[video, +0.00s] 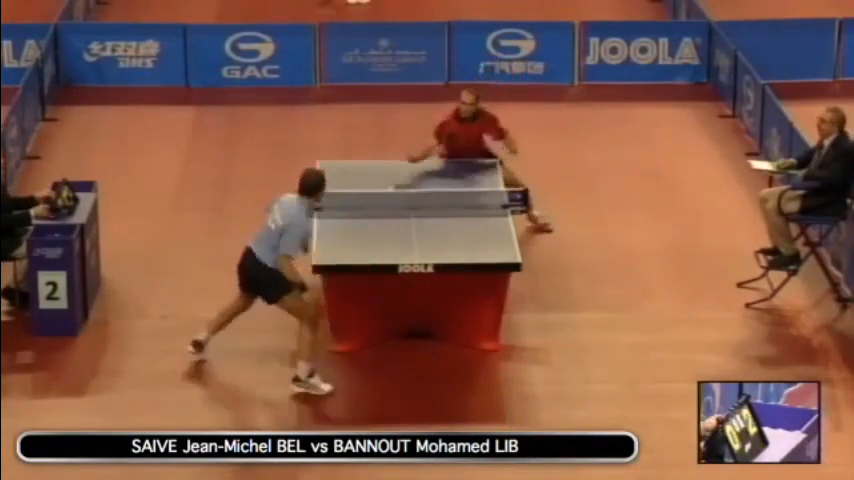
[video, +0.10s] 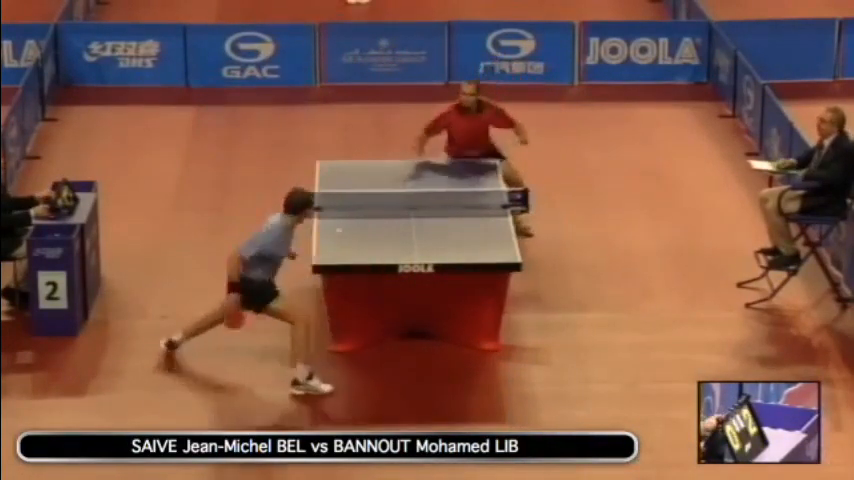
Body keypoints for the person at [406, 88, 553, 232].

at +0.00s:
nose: (464, 108)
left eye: (469, 104)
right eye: (462, 103)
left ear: (477, 105)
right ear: (458, 103)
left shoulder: (487, 120)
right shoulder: (448, 124)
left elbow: (503, 136)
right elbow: (436, 145)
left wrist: (511, 147)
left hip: (487, 166)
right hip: (456, 166)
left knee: (521, 188)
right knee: (422, 184)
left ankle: (532, 219)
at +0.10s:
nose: (468, 98)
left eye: (471, 95)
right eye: (465, 94)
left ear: (477, 96)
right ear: (460, 95)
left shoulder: (487, 110)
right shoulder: (452, 114)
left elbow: (512, 123)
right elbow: (428, 131)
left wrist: (521, 135)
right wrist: (420, 147)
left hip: (487, 156)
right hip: (459, 158)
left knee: (515, 180)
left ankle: (516, 222)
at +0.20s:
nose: (467, 90)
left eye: (471, 87)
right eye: (465, 86)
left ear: (479, 88)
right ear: (461, 86)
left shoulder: (491, 102)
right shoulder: (456, 103)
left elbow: (508, 114)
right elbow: (438, 118)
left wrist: (520, 120)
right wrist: (428, 131)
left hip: (492, 147)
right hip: (463, 148)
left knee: (511, 180)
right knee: (454, 183)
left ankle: (516, 220)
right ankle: (455, 223)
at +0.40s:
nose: (464, 76)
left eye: (469, 72)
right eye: (463, 72)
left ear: (478, 74)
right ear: (460, 72)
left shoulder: (493, 90)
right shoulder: (454, 91)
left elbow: (519, 102)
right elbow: (438, 110)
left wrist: (521, 110)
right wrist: (431, 124)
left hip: (495, 134)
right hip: (467, 135)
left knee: (520, 173)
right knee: (449, 170)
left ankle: (536, 217)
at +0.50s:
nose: (464, 85)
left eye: (469, 81)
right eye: (462, 81)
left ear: (478, 82)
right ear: (460, 81)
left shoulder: (495, 98)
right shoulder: (455, 99)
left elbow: (510, 121)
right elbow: (441, 119)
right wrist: (438, 136)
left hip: (495, 144)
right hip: (468, 144)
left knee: (518, 179)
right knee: (449, 175)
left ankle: (545, 215)